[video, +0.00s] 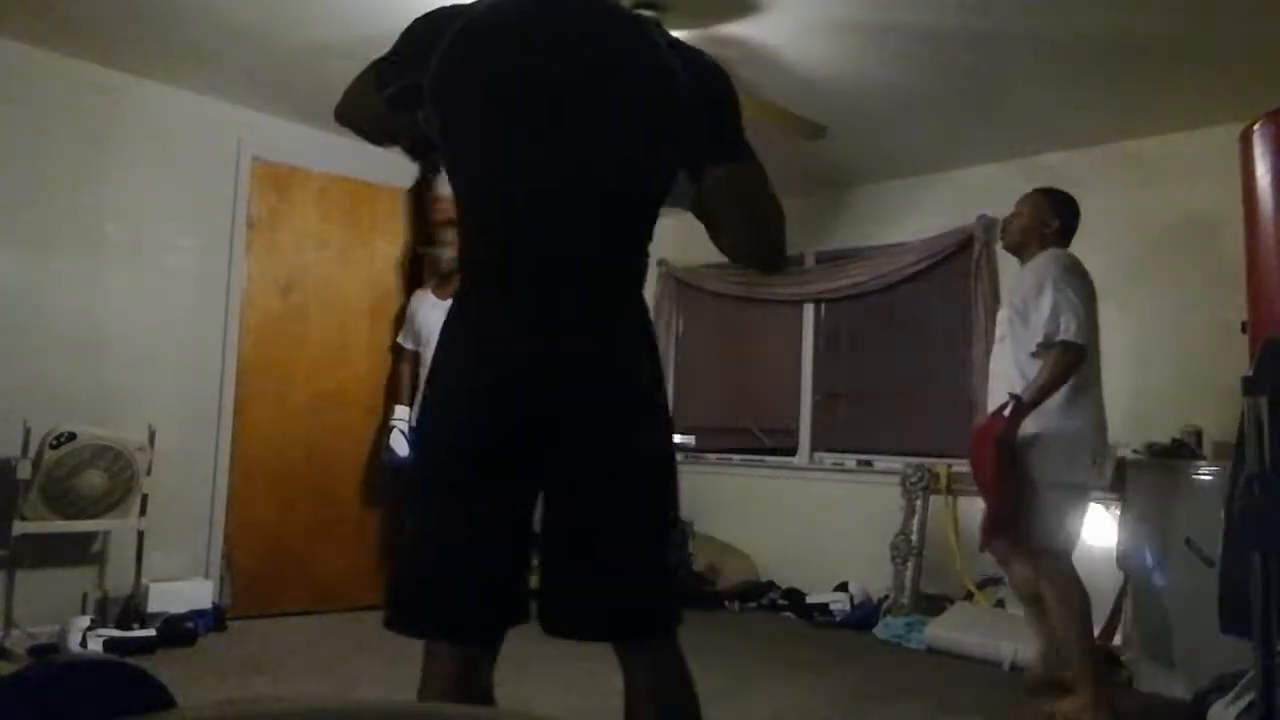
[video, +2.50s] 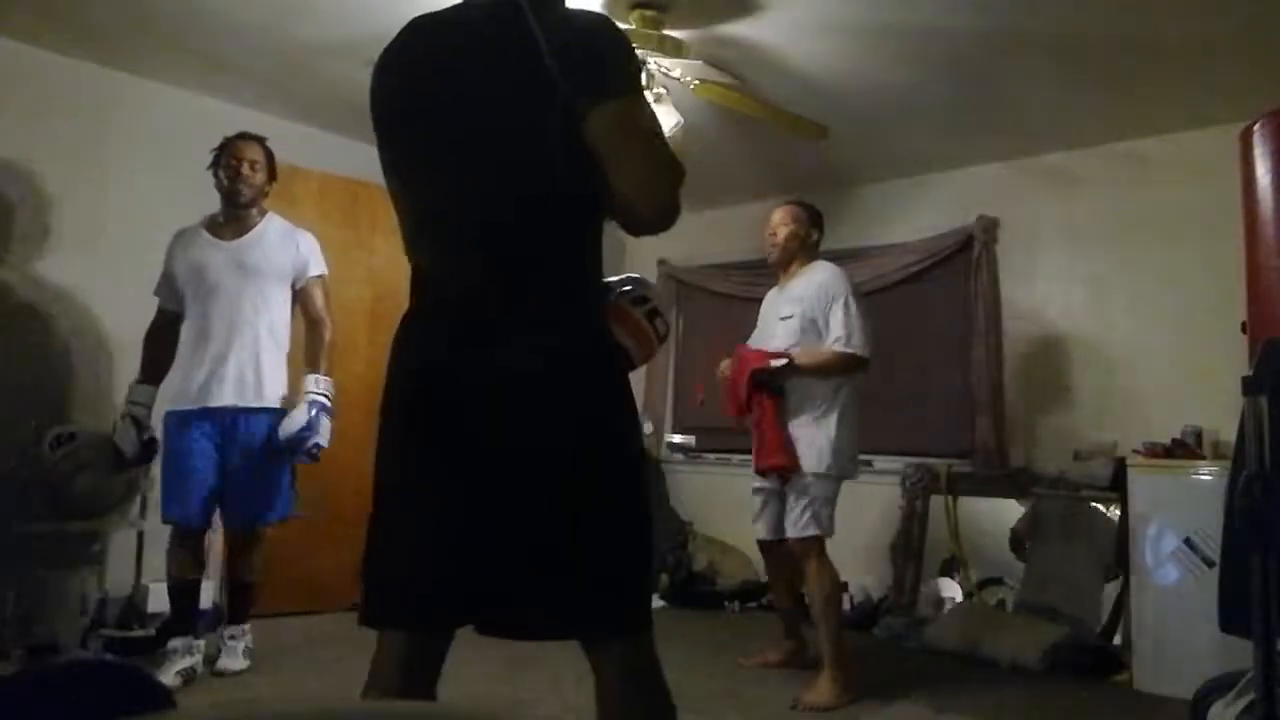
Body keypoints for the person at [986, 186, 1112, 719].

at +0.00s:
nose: (1007, 221)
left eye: (1018, 212)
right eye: (1011, 213)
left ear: (1048, 225)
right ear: (1049, 227)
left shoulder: (1056, 269)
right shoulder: (1039, 272)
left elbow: (1067, 350)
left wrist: (1014, 411)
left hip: (1055, 448)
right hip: (1033, 445)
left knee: (1049, 559)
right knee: (1009, 547)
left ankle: (1084, 691)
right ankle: (1058, 656)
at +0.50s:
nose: (938, 232)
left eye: (949, 223)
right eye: (938, 225)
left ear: (979, 234)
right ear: (947, 237)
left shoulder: (1002, 278)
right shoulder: (945, 293)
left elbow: (1050, 341)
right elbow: (957, 360)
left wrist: (997, 379)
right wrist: (920, 378)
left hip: (996, 446)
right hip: (951, 448)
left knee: (975, 549)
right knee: (947, 549)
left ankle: (1041, 659)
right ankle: (974, 659)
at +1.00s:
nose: (908, 215)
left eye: (920, 208)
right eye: (907, 208)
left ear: (946, 221)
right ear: (908, 223)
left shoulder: (969, 267)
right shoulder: (902, 282)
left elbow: (1010, 336)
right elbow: (911, 351)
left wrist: (950, 358)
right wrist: (885, 359)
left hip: (961, 432)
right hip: (910, 432)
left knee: (955, 538)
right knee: (896, 525)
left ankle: (994, 667)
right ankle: (930, 638)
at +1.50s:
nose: (851, 242)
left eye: (861, 232)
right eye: (852, 234)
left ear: (892, 238)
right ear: (867, 243)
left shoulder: (915, 280)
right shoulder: (861, 295)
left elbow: (960, 338)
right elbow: (849, 352)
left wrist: (901, 360)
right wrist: (833, 361)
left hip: (905, 441)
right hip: (870, 442)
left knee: (895, 544)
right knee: (884, 542)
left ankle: (906, 672)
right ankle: (917, 650)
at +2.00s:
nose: (794, 244)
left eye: (804, 236)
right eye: (795, 237)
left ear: (834, 242)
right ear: (810, 245)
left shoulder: (853, 280)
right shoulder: (811, 297)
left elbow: (875, 354)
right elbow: (811, 367)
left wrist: (807, 365)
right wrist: (772, 378)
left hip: (854, 448)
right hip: (814, 449)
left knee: (854, 548)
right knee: (792, 541)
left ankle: (897, 674)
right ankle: (796, 644)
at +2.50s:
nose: (768, 237)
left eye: (778, 229)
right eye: (768, 230)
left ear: (808, 235)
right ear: (777, 239)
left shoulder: (830, 278)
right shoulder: (774, 292)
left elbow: (853, 352)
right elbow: (769, 354)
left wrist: (779, 364)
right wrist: (738, 363)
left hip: (817, 440)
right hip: (775, 438)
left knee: (807, 544)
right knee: (771, 541)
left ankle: (833, 672)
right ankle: (793, 642)